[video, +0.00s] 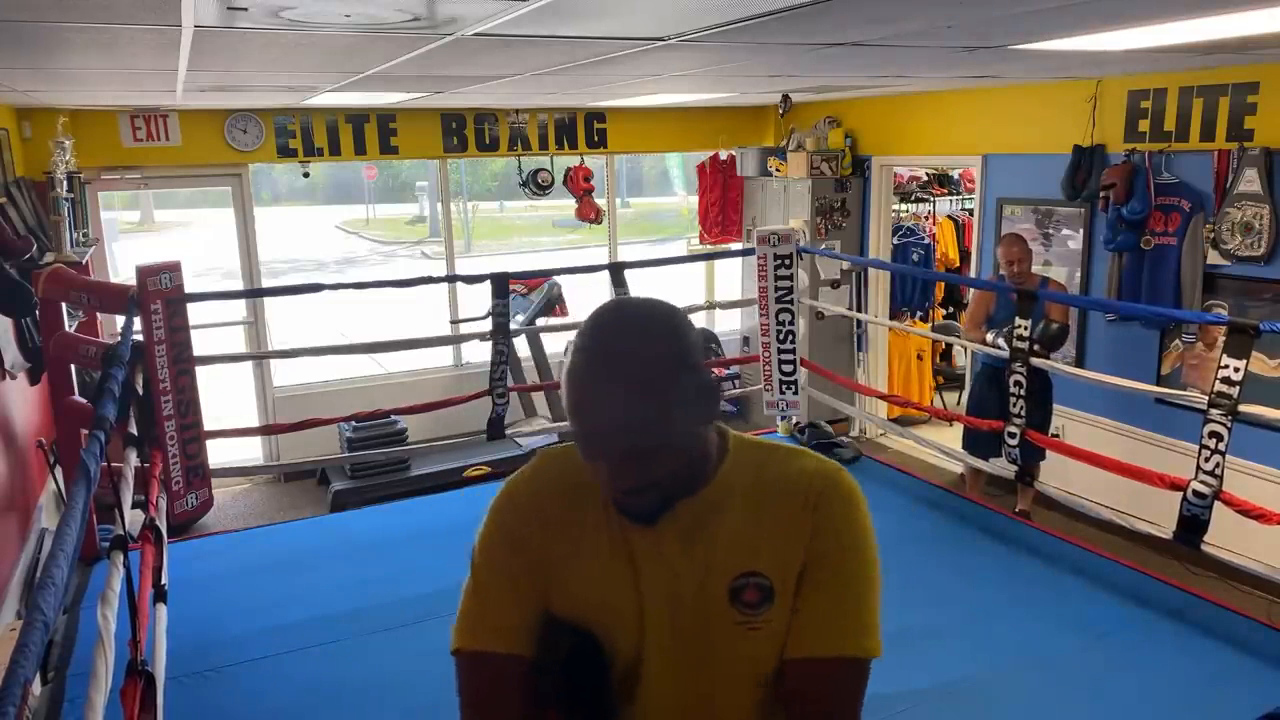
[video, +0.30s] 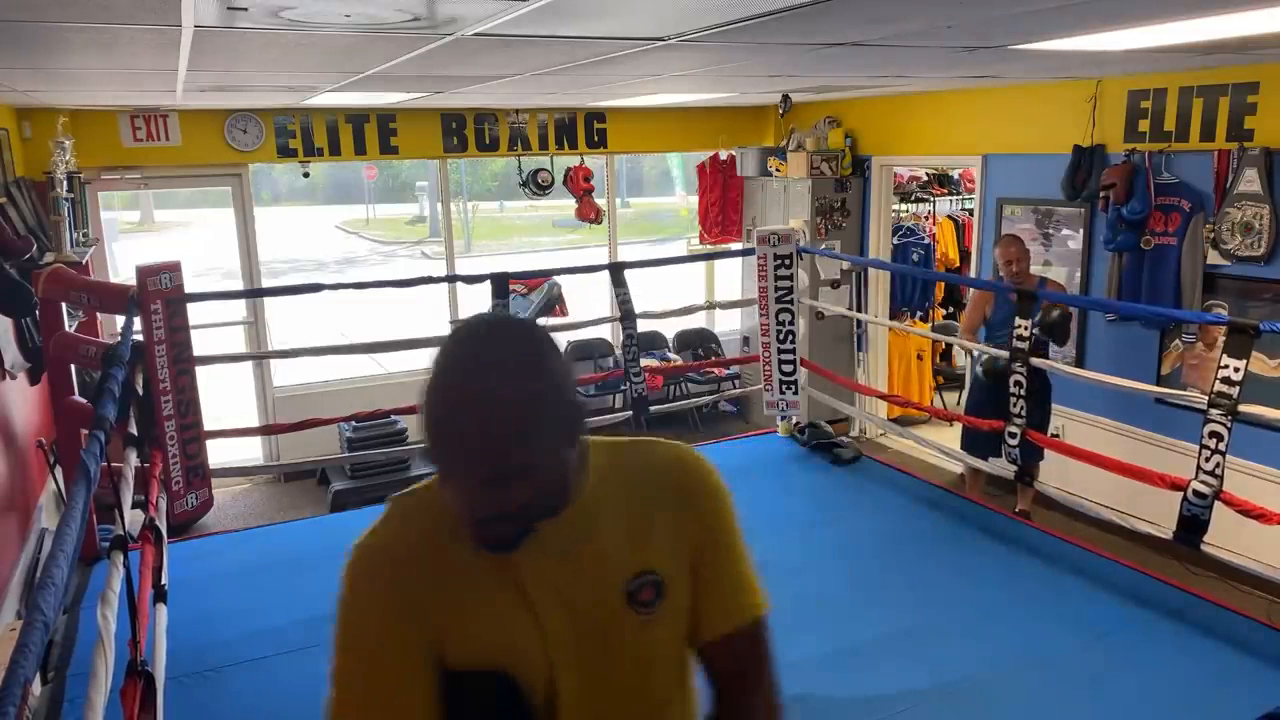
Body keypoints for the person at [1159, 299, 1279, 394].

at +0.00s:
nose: (1220, 327)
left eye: (1224, 322)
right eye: (1215, 322)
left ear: (1226, 327)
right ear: (1201, 325)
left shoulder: (1231, 350)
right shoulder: (1189, 349)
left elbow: (1270, 368)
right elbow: (1162, 369)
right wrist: (1178, 348)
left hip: (1219, 405)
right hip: (1189, 401)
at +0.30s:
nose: (1220, 327)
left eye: (1224, 322)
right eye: (1215, 321)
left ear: (1226, 327)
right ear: (1201, 325)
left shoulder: (1231, 350)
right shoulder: (1189, 349)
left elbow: (1270, 368)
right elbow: (1162, 369)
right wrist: (1178, 348)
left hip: (1218, 406)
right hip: (1189, 401)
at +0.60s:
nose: (1220, 327)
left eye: (1223, 323)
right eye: (1215, 322)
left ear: (1226, 327)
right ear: (1201, 325)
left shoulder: (1231, 349)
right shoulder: (1189, 348)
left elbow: (1270, 368)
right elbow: (1162, 369)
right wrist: (1181, 351)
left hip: (1218, 405)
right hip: (1188, 401)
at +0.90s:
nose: (1220, 327)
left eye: (1223, 323)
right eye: (1215, 322)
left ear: (1226, 327)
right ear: (1201, 325)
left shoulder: (1231, 349)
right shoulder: (1189, 348)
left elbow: (1270, 368)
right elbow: (1162, 369)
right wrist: (1181, 350)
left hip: (1218, 406)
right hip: (1189, 401)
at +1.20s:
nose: (1220, 327)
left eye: (1223, 323)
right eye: (1215, 322)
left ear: (1226, 327)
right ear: (1201, 325)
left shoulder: (1231, 349)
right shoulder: (1189, 348)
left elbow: (1270, 368)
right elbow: (1162, 369)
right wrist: (1179, 350)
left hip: (1218, 405)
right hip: (1189, 401)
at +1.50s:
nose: (1220, 327)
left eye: (1223, 323)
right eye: (1215, 322)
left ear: (1226, 327)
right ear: (1201, 325)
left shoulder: (1231, 349)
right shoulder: (1189, 348)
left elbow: (1270, 368)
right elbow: (1162, 369)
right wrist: (1182, 352)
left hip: (1219, 406)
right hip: (1189, 401)